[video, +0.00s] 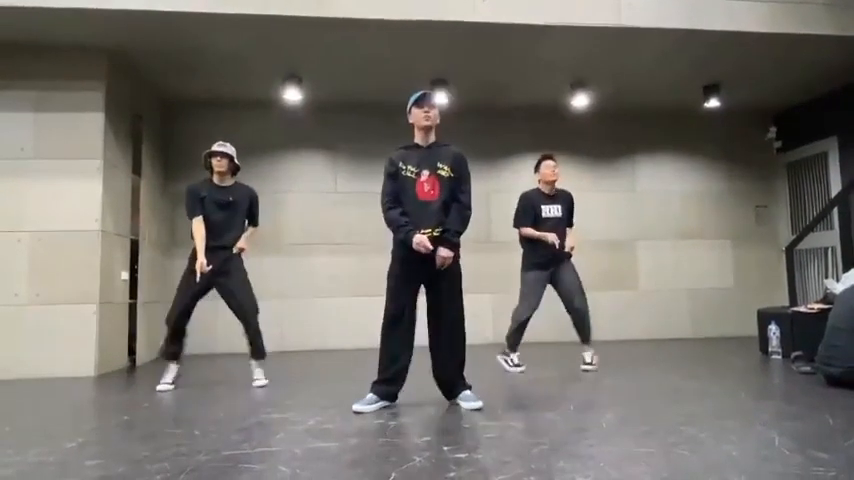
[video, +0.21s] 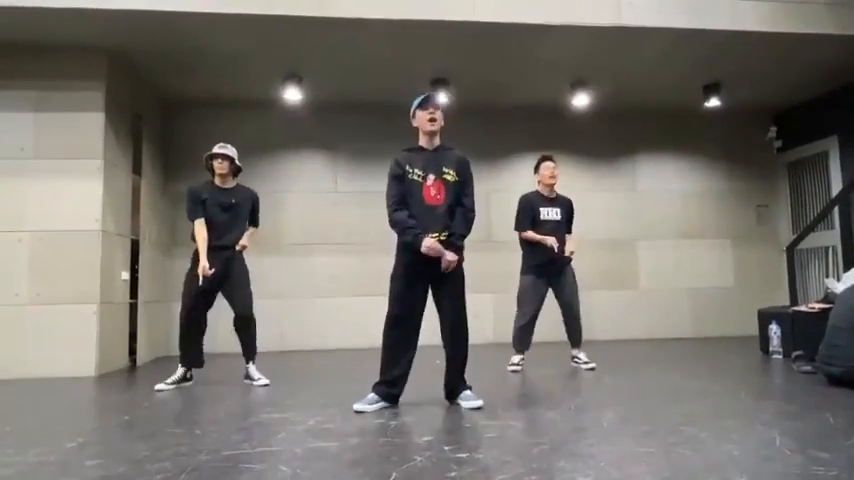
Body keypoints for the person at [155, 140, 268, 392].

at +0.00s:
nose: (218, 161)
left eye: (223, 158)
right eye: (215, 157)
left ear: (233, 163)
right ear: (209, 162)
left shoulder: (247, 194)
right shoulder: (196, 190)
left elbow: (252, 224)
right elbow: (197, 224)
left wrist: (244, 238)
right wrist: (200, 256)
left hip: (230, 259)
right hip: (202, 258)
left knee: (249, 312)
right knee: (177, 315)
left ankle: (257, 365)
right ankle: (172, 365)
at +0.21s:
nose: (220, 163)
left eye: (225, 159)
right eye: (216, 159)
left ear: (234, 165)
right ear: (210, 164)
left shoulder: (248, 195)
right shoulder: (198, 192)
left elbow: (253, 225)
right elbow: (200, 227)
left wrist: (246, 237)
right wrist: (203, 259)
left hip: (234, 258)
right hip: (205, 257)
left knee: (245, 311)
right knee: (190, 311)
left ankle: (250, 366)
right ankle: (185, 369)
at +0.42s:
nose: (222, 164)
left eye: (227, 161)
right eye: (219, 159)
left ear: (235, 167)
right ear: (212, 163)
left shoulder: (245, 194)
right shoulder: (198, 191)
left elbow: (248, 224)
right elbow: (197, 222)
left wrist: (247, 238)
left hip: (236, 258)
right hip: (208, 258)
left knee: (247, 309)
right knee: (194, 312)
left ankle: (251, 366)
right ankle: (184, 369)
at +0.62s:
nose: (216, 168)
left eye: (222, 165)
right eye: (213, 163)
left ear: (229, 172)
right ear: (205, 167)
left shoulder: (237, 199)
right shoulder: (190, 193)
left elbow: (236, 229)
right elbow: (169, 221)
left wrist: (238, 240)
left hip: (231, 258)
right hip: (201, 259)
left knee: (245, 309)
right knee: (189, 313)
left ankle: (251, 366)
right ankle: (180, 369)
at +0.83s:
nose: (205, 166)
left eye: (210, 163)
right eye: (201, 162)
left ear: (218, 169)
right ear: (194, 168)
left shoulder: (232, 201)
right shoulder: (181, 196)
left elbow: (238, 228)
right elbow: (172, 220)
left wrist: (229, 245)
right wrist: (166, 242)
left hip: (216, 266)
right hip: (185, 267)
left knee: (234, 313)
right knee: (167, 320)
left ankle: (251, 366)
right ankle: (177, 370)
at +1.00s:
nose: (204, 166)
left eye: (208, 162)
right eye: (199, 163)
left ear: (218, 166)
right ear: (194, 167)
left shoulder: (233, 195)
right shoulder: (189, 195)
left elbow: (249, 222)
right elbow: (188, 221)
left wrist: (231, 239)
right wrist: (172, 236)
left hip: (215, 257)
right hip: (188, 257)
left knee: (226, 310)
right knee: (178, 312)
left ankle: (249, 365)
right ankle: (180, 370)